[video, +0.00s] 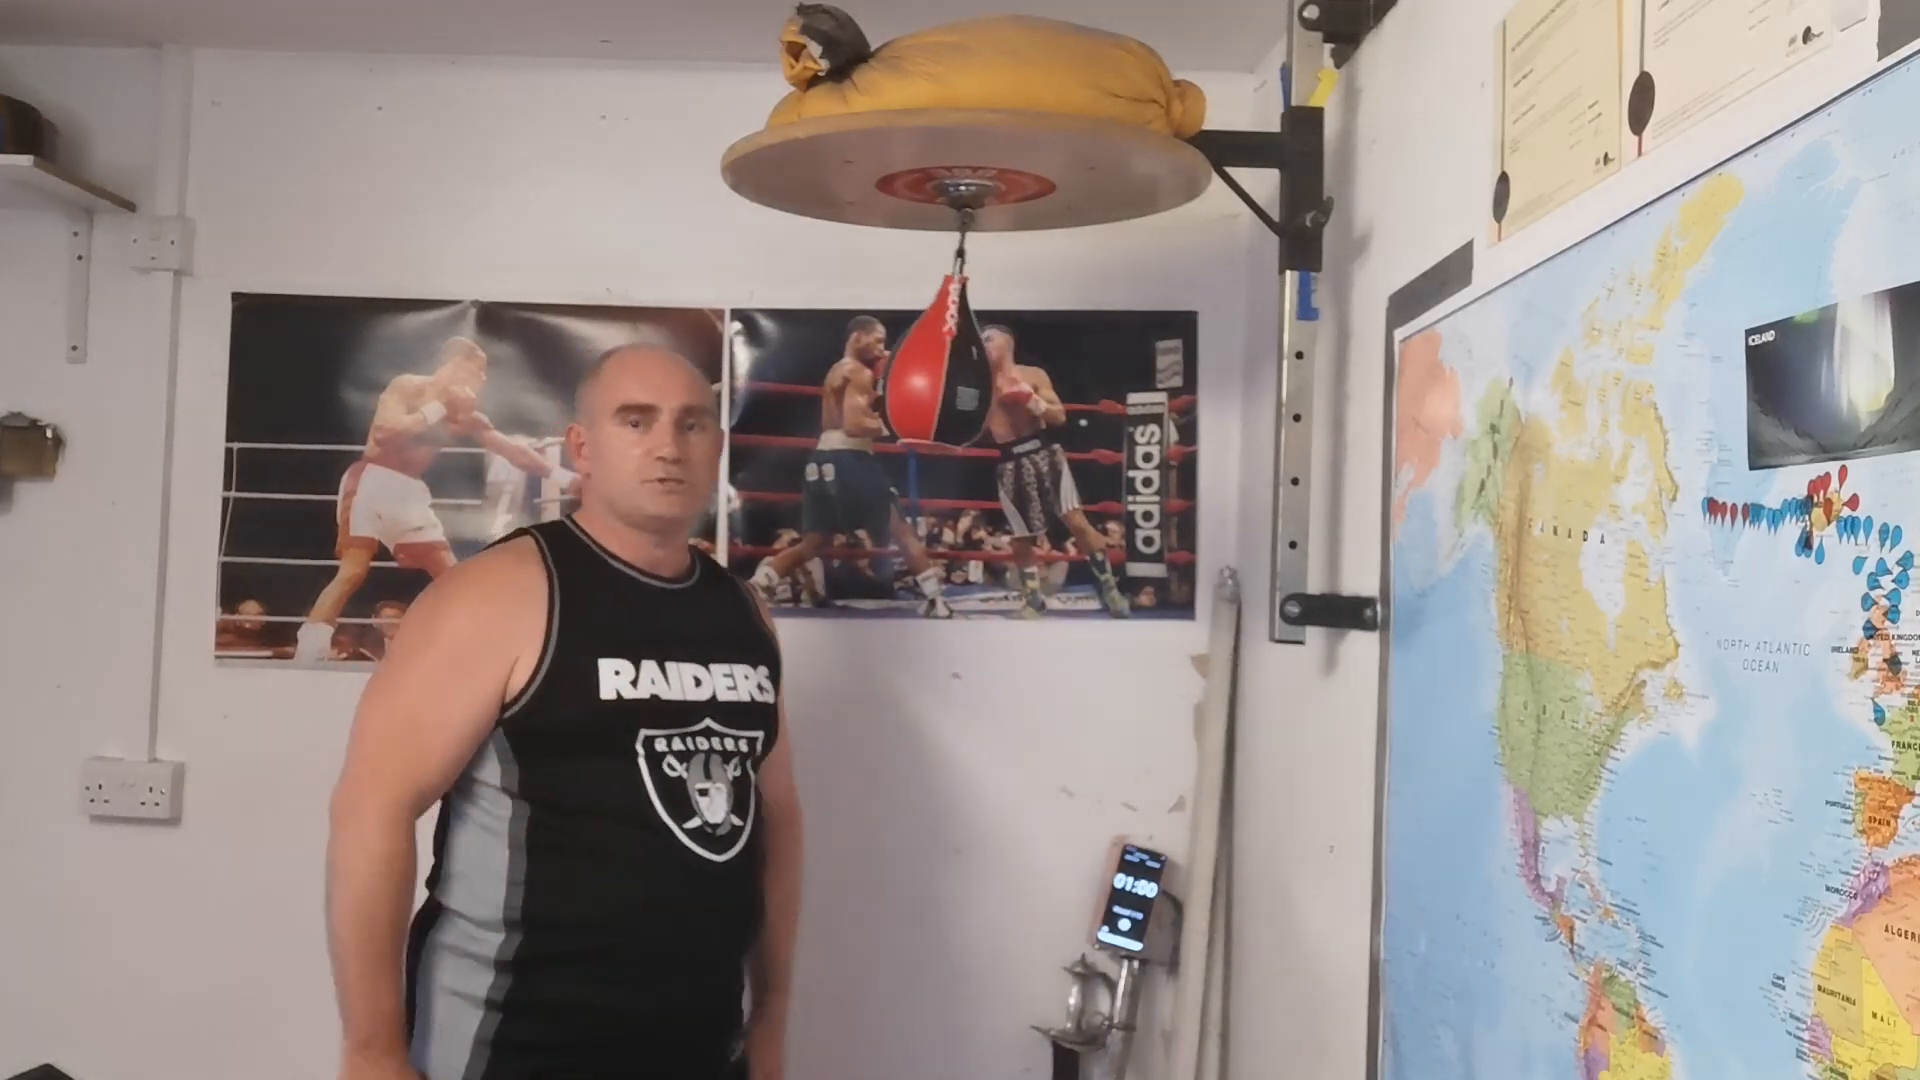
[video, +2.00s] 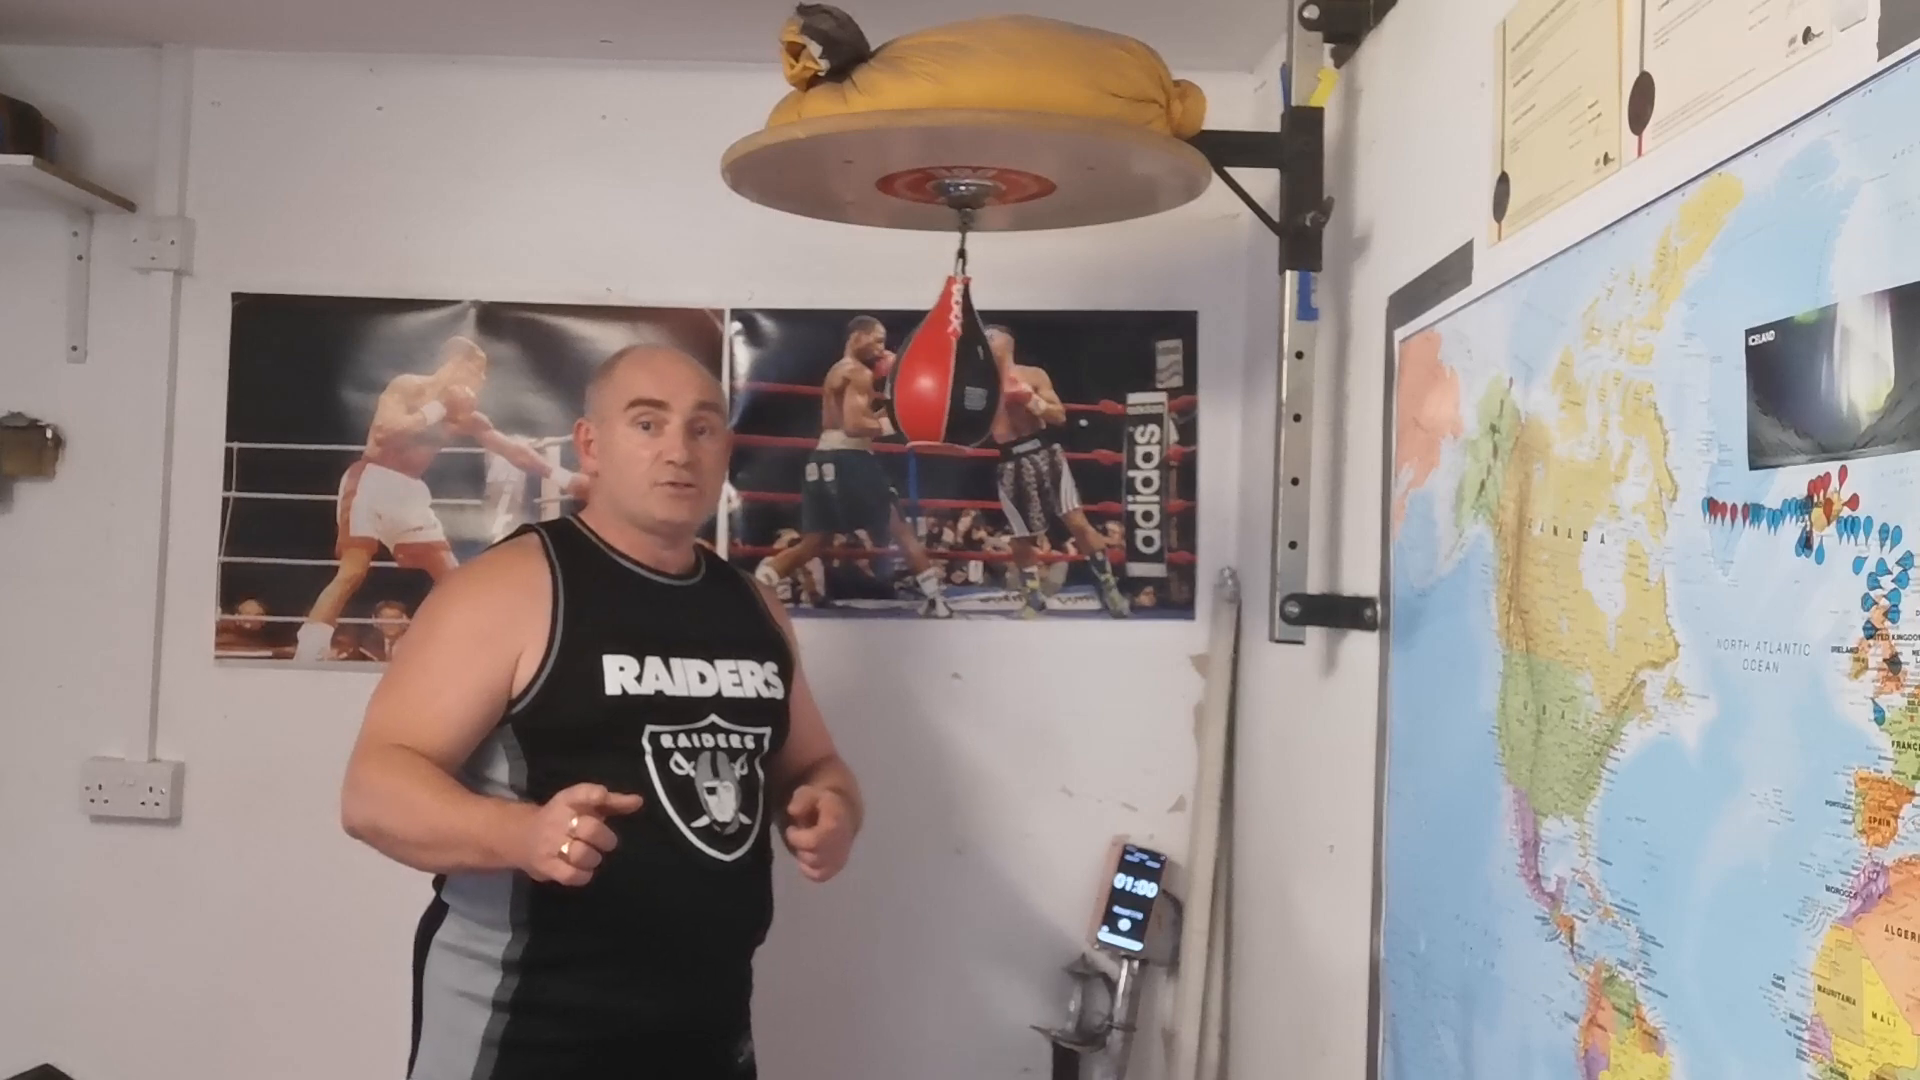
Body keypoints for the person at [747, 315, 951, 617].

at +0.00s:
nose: (882, 349)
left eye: (883, 343)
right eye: (878, 341)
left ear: (854, 341)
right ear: (857, 338)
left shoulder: (833, 373)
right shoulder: (859, 373)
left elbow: (834, 421)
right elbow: (854, 424)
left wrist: (876, 372)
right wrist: (886, 425)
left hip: (820, 462)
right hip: (853, 462)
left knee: (814, 542)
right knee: (903, 531)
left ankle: (754, 588)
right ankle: (937, 600)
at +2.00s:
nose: (881, 348)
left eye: (882, 342)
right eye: (878, 341)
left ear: (855, 340)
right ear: (857, 337)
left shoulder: (833, 373)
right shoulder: (859, 373)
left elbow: (834, 422)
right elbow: (854, 425)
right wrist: (887, 424)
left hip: (820, 462)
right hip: (853, 461)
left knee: (815, 541)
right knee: (900, 529)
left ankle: (756, 588)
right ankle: (936, 597)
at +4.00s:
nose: (881, 349)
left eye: (883, 343)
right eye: (877, 342)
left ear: (856, 340)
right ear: (857, 338)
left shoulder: (834, 373)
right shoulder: (859, 373)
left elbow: (861, 419)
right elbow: (854, 425)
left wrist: (888, 406)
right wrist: (891, 424)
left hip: (820, 463)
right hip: (852, 463)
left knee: (815, 542)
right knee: (901, 529)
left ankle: (756, 587)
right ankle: (935, 597)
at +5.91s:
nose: (881, 348)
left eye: (882, 342)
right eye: (878, 342)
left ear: (854, 340)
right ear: (857, 338)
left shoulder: (835, 372)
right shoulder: (860, 372)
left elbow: (844, 420)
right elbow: (854, 424)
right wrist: (889, 424)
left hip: (821, 463)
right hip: (852, 464)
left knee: (812, 544)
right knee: (903, 531)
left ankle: (753, 589)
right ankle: (935, 598)